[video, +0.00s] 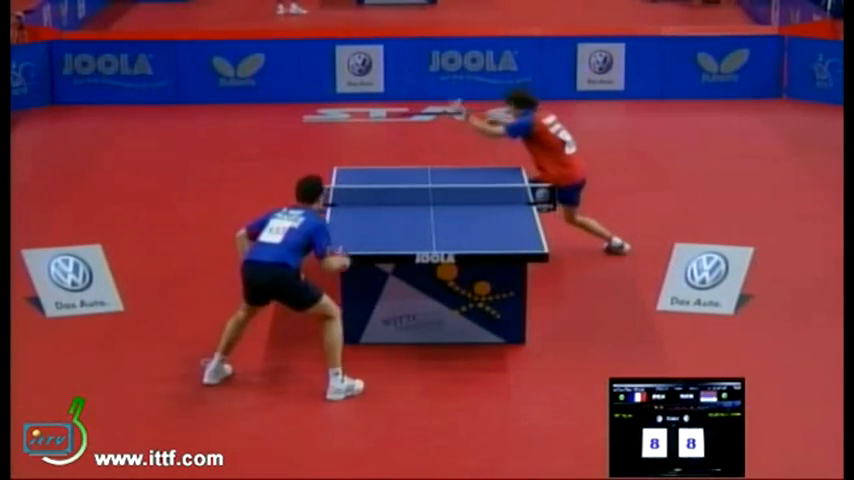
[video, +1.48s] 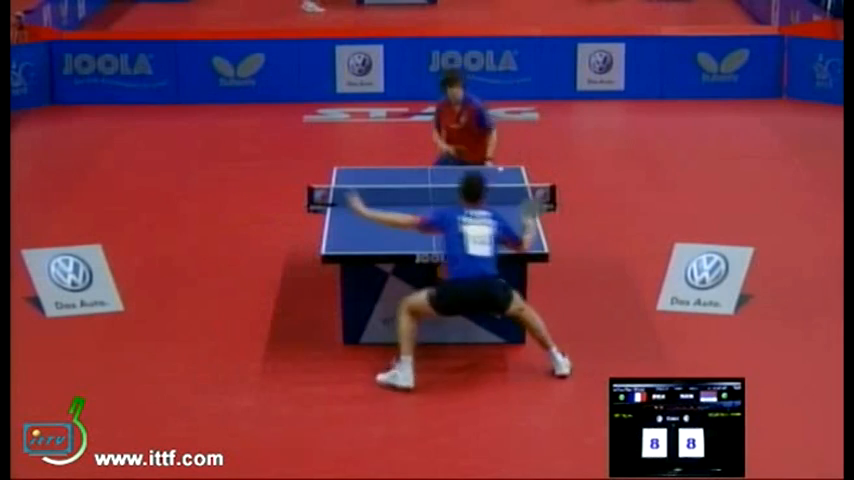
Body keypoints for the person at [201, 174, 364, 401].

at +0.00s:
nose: (324, 201)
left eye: (323, 196)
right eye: (323, 197)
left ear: (297, 196)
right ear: (318, 199)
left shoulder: (278, 213)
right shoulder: (316, 222)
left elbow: (242, 235)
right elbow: (327, 264)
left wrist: (249, 264)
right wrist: (342, 261)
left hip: (253, 268)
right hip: (282, 273)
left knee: (246, 311)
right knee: (332, 314)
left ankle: (216, 364)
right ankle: (337, 380)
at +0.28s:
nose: (338, 180)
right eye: (339, 177)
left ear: (314, 176)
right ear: (337, 180)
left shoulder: (297, 199)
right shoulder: (339, 204)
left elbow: (263, 219)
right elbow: (363, 242)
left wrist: (269, 252)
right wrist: (369, 234)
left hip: (286, 260)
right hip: (317, 263)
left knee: (284, 305)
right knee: (354, 309)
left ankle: (278, 364)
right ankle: (343, 372)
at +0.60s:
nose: (371, 181)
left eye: (361, 176)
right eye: (372, 178)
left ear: (350, 178)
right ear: (372, 180)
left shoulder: (333, 201)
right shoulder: (376, 205)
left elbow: (298, 225)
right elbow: (411, 236)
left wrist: (309, 241)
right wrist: (415, 225)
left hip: (331, 270)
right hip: (364, 270)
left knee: (308, 312)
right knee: (405, 314)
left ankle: (288, 367)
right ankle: (438, 368)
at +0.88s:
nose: (401, 191)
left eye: (392, 186)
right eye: (403, 187)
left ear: (380, 186)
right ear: (404, 190)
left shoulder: (362, 211)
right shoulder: (410, 216)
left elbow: (328, 217)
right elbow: (441, 239)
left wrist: (325, 212)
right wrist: (447, 236)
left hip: (368, 285)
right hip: (406, 283)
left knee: (330, 314)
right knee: (456, 298)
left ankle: (313, 374)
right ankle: (472, 359)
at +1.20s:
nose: (472, 195)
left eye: (470, 191)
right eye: (480, 192)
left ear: (466, 194)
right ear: (488, 195)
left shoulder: (457, 213)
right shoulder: (503, 217)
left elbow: (418, 211)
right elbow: (534, 222)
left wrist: (375, 197)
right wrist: (537, 216)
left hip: (457, 283)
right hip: (492, 283)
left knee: (413, 326)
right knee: (523, 310)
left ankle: (371, 371)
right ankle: (550, 357)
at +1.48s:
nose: (471, 195)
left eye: (467, 190)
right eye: (475, 191)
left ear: (460, 195)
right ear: (483, 196)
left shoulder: (449, 217)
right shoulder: (492, 219)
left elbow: (410, 223)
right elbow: (521, 246)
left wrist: (365, 213)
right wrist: (530, 229)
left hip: (457, 289)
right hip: (493, 288)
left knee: (408, 307)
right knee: (524, 312)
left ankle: (404, 370)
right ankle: (558, 359)